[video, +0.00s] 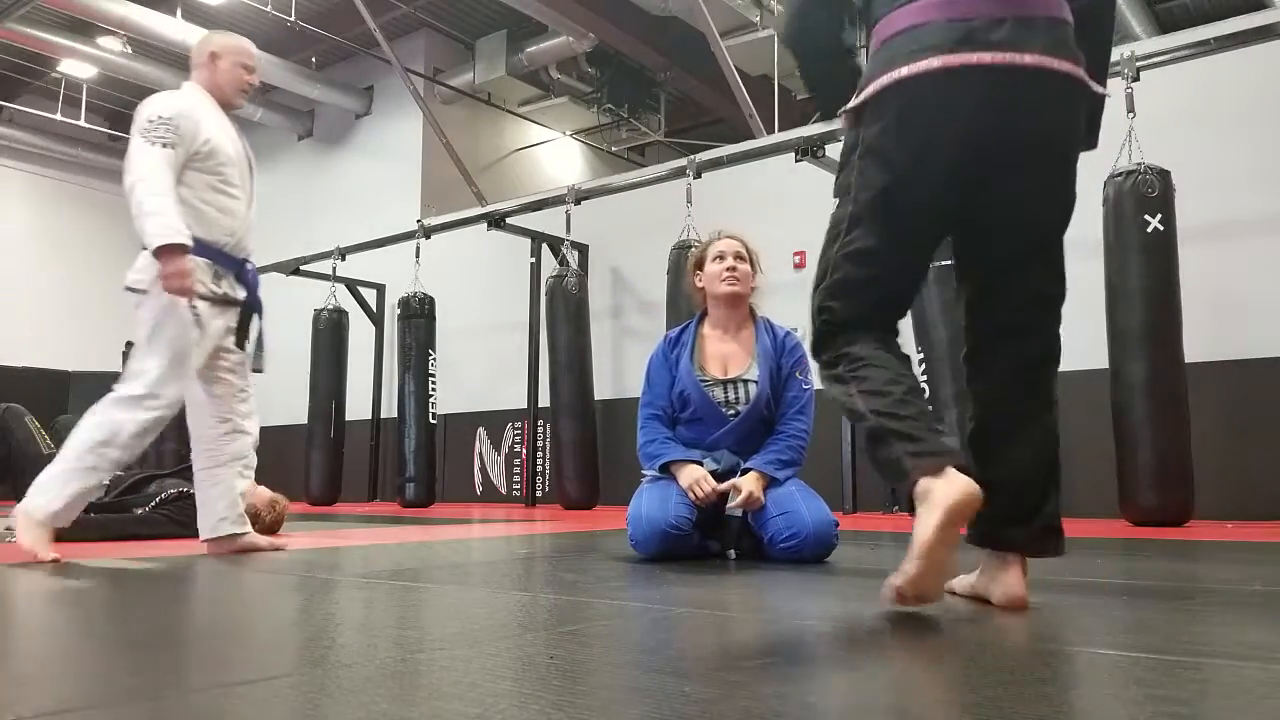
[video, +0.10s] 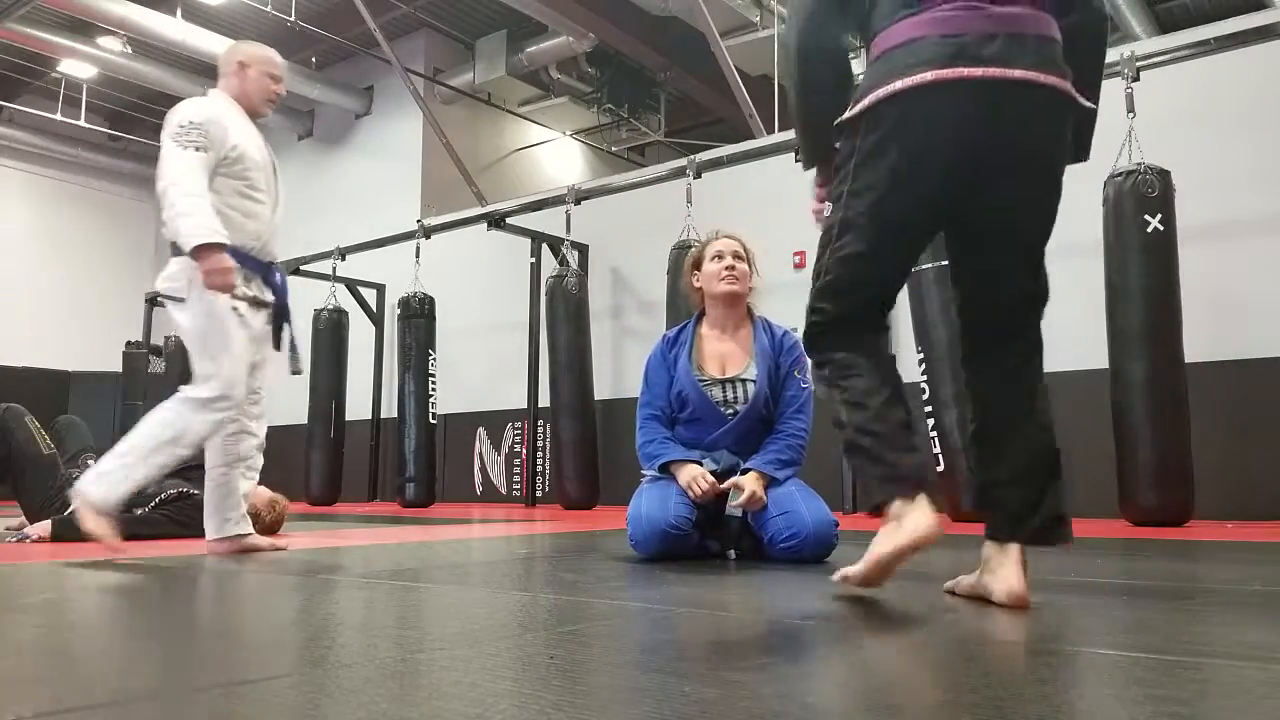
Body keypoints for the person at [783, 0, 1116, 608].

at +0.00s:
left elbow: (802, 22)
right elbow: (1097, 7)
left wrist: (846, 95)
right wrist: (1080, 94)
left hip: (920, 79)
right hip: (1049, 72)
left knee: (851, 328)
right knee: (1017, 334)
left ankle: (933, 478)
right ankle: (1007, 561)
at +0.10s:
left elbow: (811, 33)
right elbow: (1087, 13)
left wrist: (825, 159)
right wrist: (1069, 128)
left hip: (917, 94)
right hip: (1035, 94)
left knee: (843, 319)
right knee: (1006, 332)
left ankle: (903, 501)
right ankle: (1006, 556)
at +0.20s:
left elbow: (806, 24)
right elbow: (1085, 11)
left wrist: (820, 149)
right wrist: (1060, 126)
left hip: (905, 96)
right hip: (1022, 96)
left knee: (855, 324)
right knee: (997, 322)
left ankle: (868, 541)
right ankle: (1009, 556)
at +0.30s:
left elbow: (785, 25)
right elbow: (1083, 15)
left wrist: (819, 134)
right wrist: (1055, 123)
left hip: (881, 117)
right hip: (1002, 110)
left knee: (864, 338)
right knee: (997, 323)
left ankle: (862, 539)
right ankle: (1001, 545)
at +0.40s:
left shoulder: (818, 7)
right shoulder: (980, 7)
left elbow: (753, 54)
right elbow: (1076, 48)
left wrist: (798, 147)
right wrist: (1034, 162)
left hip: (857, 155)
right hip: (976, 153)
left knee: (846, 354)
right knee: (998, 337)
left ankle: (866, 551)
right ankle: (963, 486)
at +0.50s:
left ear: (842, 37)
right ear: (914, 33)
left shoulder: (816, 56)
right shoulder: (965, 51)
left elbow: (735, 132)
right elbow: (1069, 126)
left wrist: (783, 212)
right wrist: (1037, 225)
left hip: (852, 189)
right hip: (968, 186)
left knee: (830, 364)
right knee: (985, 348)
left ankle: (860, 539)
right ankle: (932, 457)